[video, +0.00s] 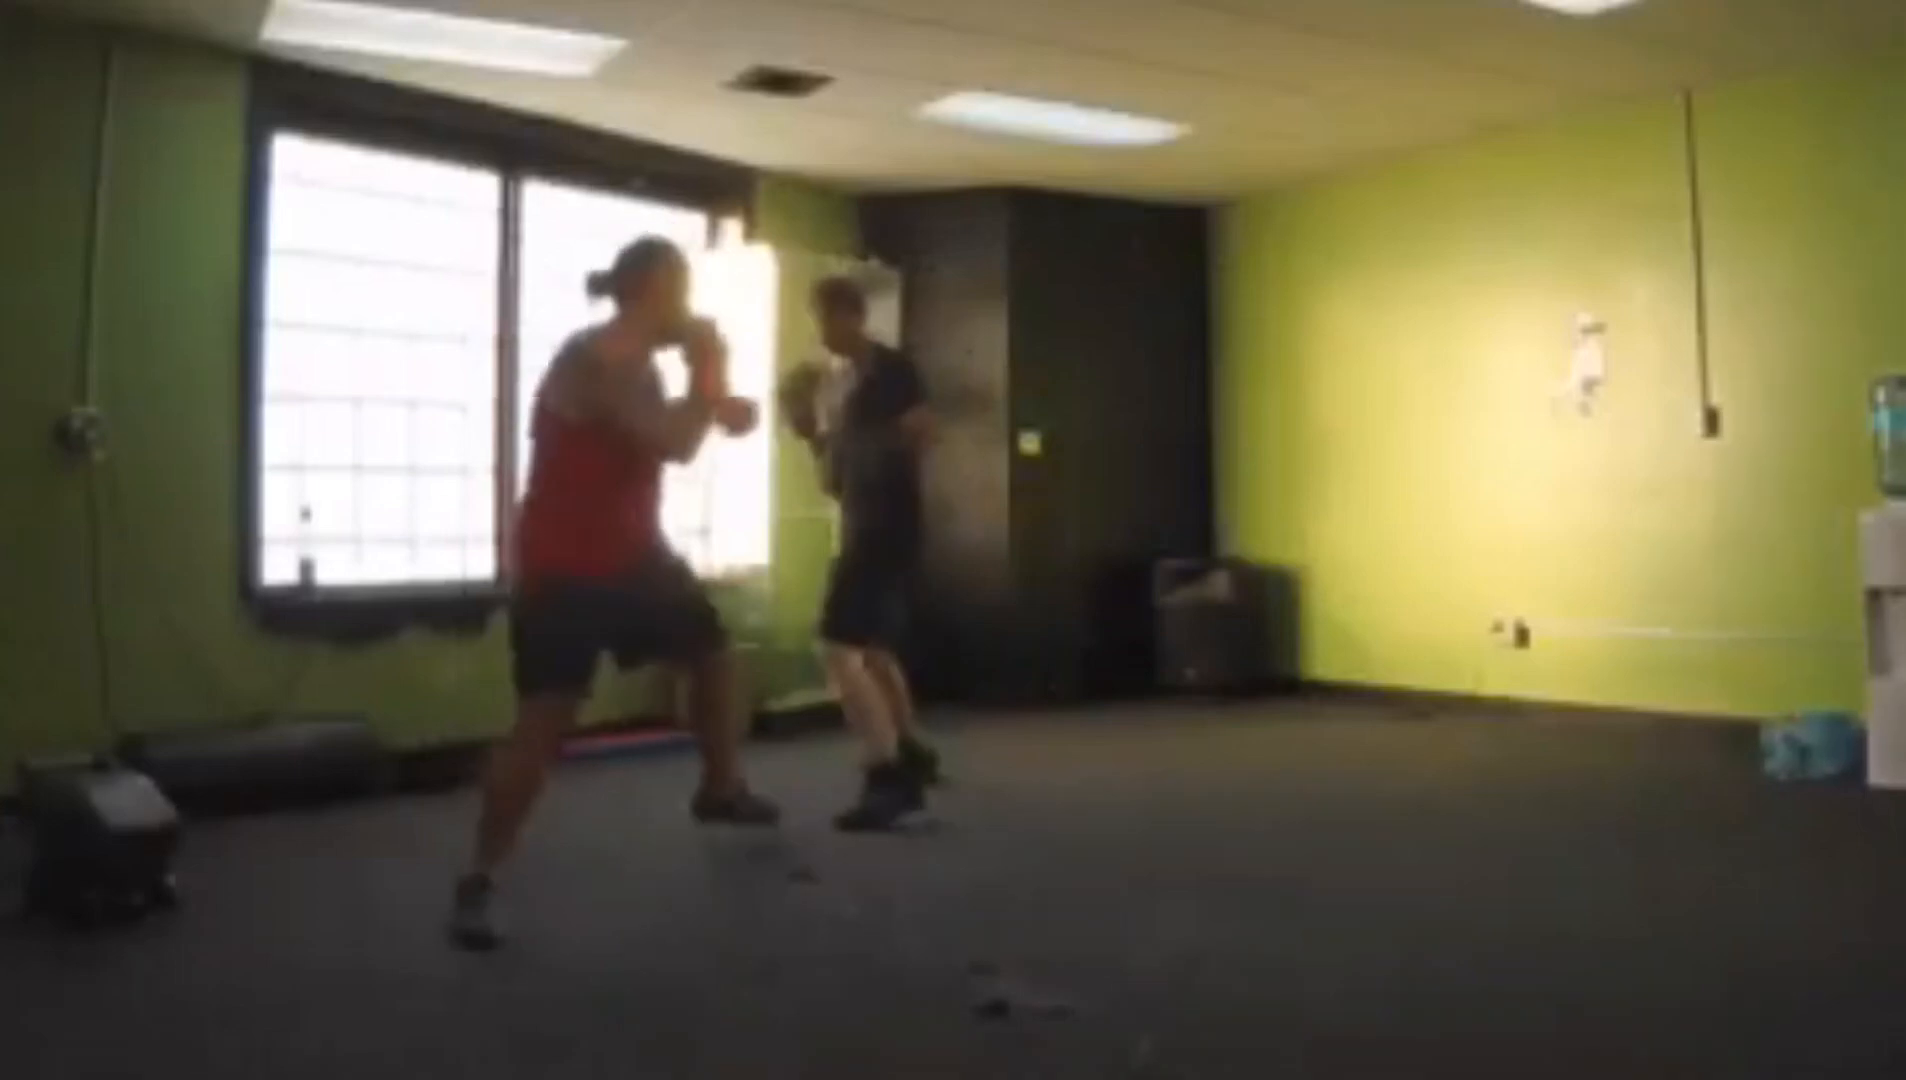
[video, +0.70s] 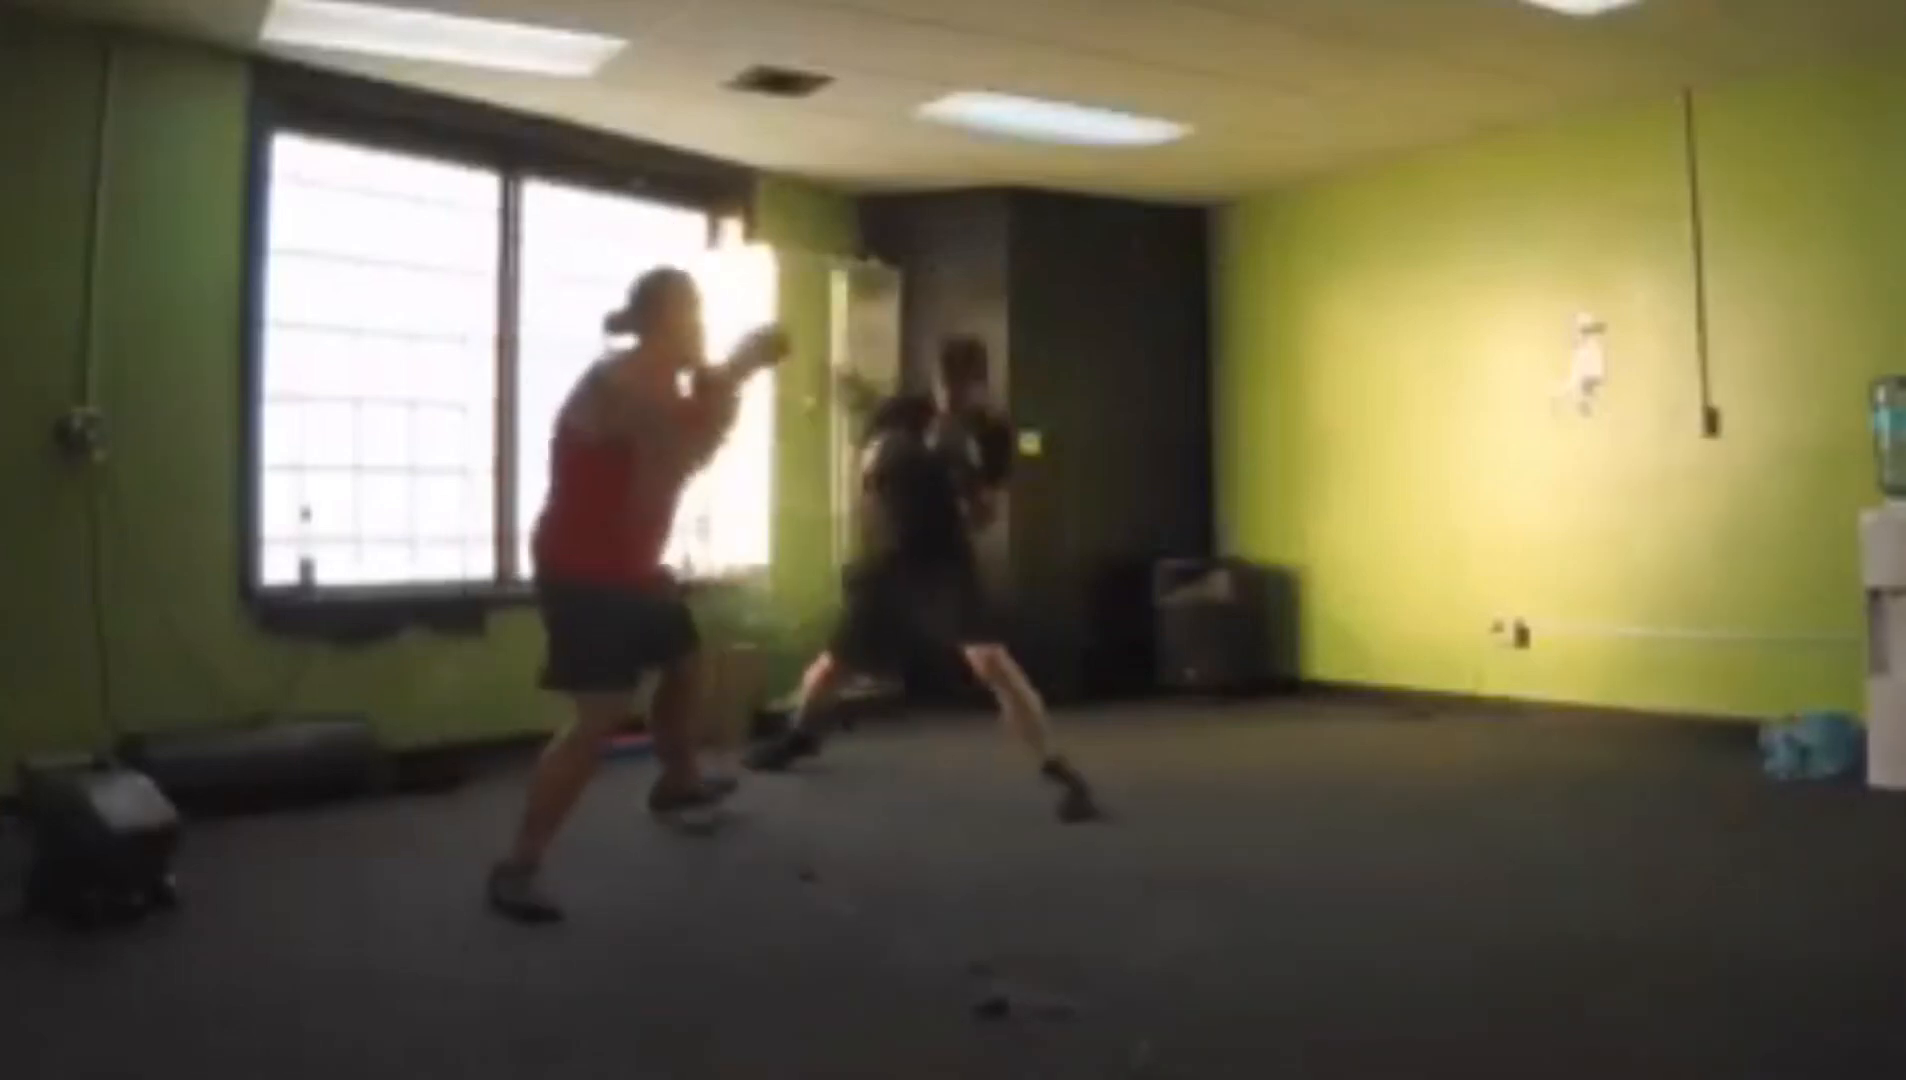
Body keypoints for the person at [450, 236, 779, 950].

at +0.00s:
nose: (685, 305)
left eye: (684, 290)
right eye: (678, 289)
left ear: (634, 289)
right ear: (646, 289)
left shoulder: (615, 361)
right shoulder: (605, 361)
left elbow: (642, 435)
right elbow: (673, 441)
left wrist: (709, 412)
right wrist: (705, 371)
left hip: (626, 559)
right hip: (578, 565)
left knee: (711, 654)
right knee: (543, 724)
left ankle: (722, 786)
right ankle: (479, 880)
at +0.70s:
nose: (699, 328)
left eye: (697, 315)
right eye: (689, 314)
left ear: (667, 321)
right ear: (657, 320)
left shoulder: (660, 385)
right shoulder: (622, 382)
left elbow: (694, 446)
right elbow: (674, 452)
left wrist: (727, 381)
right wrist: (728, 381)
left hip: (631, 572)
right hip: (585, 574)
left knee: (684, 655)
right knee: (601, 714)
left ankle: (678, 781)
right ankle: (518, 868)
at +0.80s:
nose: (711, 342)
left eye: (710, 329)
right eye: (697, 329)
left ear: (702, 337)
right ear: (666, 336)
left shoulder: (702, 404)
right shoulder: (633, 387)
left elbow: (781, 416)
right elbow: (658, 473)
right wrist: (728, 433)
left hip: (634, 575)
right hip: (581, 572)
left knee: (671, 672)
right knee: (594, 715)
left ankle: (679, 788)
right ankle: (517, 868)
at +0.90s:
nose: (727, 356)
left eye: (728, 343)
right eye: (715, 343)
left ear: (725, 352)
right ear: (682, 349)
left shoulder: (732, 425)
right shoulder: (639, 402)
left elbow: (794, 476)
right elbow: (630, 473)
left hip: (652, 580)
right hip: (597, 574)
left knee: (687, 663)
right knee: (592, 707)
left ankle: (683, 786)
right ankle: (521, 862)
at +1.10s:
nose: (752, 369)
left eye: (747, 360)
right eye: (744, 360)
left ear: (691, 364)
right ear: (725, 361)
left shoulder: (669, 408)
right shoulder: (742, 392)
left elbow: (676, 497)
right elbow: (833, 385)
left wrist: (750, 522)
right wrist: (906, 379)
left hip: (648, 554)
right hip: (675, 560)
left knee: (722, 664)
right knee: (618, 693)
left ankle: (691, 786)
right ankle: (514, 823)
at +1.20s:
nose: (725, 345)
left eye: (713, 339)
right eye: (718, 336)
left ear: (677, 353)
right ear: (714, 340)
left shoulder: (662, 402)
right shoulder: (743, 389)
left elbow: (734, 458)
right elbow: (831, 364)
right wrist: (904, 355)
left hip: (653, 542)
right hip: (708, 548)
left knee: (719, 664)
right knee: (677, 677)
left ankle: (695, 780)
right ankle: (548, 789)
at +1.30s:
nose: (703, 332)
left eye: (685, 332)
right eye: (698, 324)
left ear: (665, 343)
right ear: (700, 328)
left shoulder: (666, 395)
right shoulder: (734, 376)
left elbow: (755, 445)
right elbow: (808, 366)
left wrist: (805, 404)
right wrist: (883, 370)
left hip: (679, 542)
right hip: (730, 542)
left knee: (715, 669)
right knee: (738, 671)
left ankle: (698, 780)